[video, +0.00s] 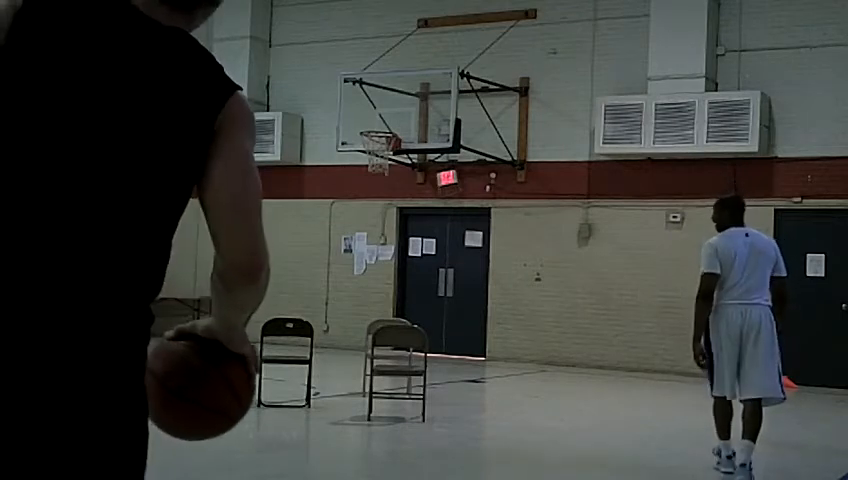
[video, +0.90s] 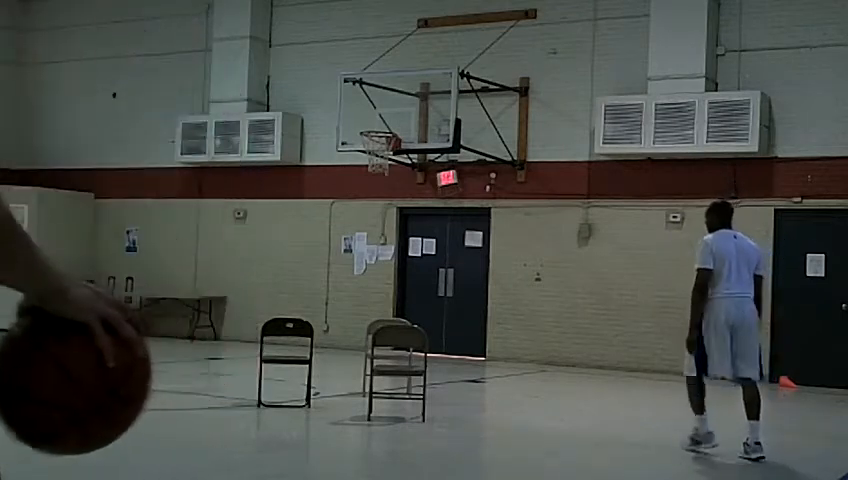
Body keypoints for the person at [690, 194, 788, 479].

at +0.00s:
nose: (712, 217)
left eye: (715, 212)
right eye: (713, 211)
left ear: (724, 214)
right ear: (741, 213)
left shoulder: (715, 245)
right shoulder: (769, 243)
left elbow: (706, 293)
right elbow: (779, 291)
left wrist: (697, 339)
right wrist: (774, 324)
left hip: (725, 317)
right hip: (760, 317)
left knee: (721, 390)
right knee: (754, 393)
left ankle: (726, 455)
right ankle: (744, 462)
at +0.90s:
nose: (706, 222)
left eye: (707, 218)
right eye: (707, 218)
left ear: (713, 219)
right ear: (730, 219)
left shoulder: (709, 242)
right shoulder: (752, 246)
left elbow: (701, 286)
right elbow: (758, 290)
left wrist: (693, 329)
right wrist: (755, 322)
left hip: (717, 309)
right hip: (747, 311)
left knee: (693, 370)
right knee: (748, 377)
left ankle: (702, 430)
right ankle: (754, 441)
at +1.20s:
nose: (668, 230)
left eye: (670, 225)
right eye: (668, 225)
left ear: (678, 225)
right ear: (691, 224)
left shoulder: (680, 249)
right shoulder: (715, 248)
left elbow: (678, 292)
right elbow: (720, 289)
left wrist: (675, 333)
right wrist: (716, 318)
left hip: (693, 313)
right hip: (719, 312)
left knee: (680, 370)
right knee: (723, 371)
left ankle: (679, 427)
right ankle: (746, 422)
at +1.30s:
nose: (658, 227)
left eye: (660, 222)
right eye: (658, 222)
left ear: (669, 223)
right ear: (681, 222)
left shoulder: (672, 247)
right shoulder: (704, 246)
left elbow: (665, 291)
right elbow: (709, 287)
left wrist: (656, 331)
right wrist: (703, 312)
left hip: (679, 313)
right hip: (703, 312)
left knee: (675, 372)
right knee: (701, 370)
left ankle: (678, 429)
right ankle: (729, 411)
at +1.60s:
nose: (628, 228)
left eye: (630, 223)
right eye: (628, 223)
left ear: (638, 224)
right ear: (648, 223)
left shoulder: (641, 248)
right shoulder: (668, 246)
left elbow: (626, 288)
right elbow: (675, 281)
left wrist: (603, 314)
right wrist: (671, 305)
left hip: (650, 305)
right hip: (669, 304)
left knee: (658, 367)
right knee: (646, 364)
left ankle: (677, 427)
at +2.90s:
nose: (468, 229)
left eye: (469, 224)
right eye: (468, 224)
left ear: (476, 224)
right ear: (487, 224)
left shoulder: (475, 245)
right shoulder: (501, 246)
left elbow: (463, 276)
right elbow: (506, 282)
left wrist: (454, 292)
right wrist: (505, 314)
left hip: (481, 298)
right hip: (496, 298)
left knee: (494, 353)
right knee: (467, 350)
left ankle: (517, 404)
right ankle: (449, 397)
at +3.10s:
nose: (441, 228)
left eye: (443, 224)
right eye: (443, 224)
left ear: (448, 225)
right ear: (459, 225)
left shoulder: (448, 244)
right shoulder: (473, 245)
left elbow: (438, 272)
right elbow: (477, 274)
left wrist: (432, 289)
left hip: (452, 296)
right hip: (469, 296)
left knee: (446, 351)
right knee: (450, 350)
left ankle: (480, 385)